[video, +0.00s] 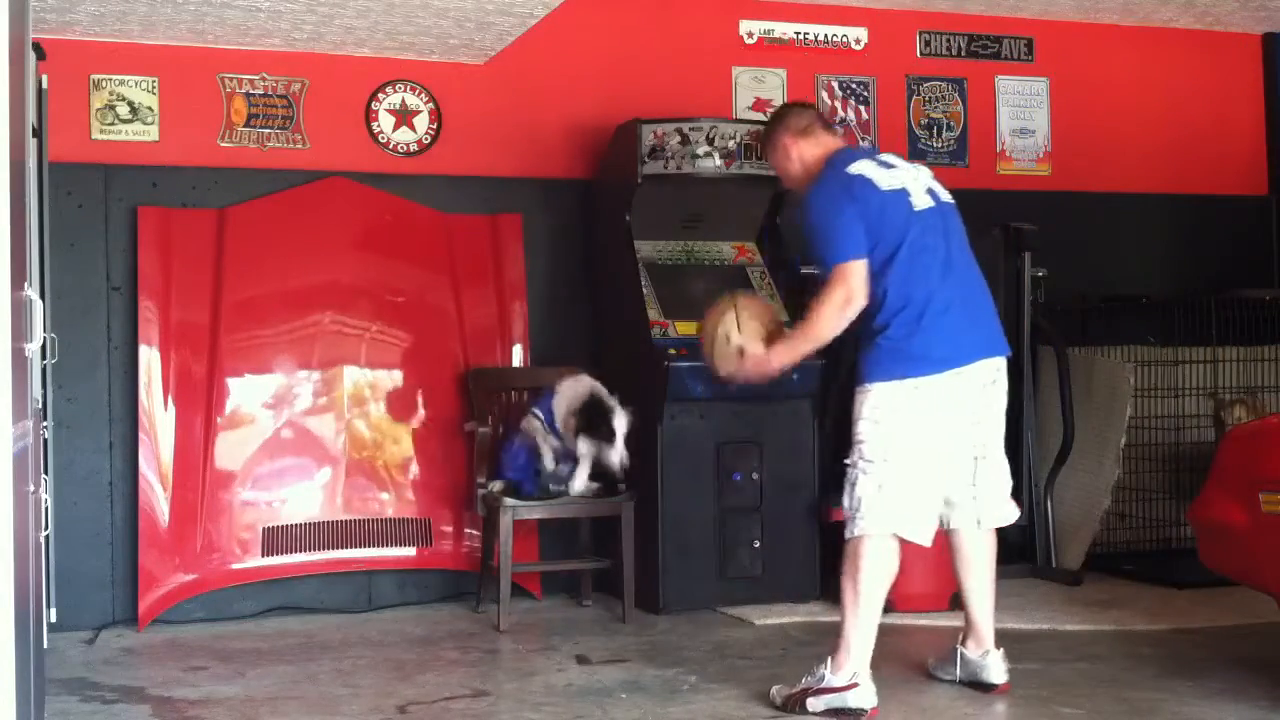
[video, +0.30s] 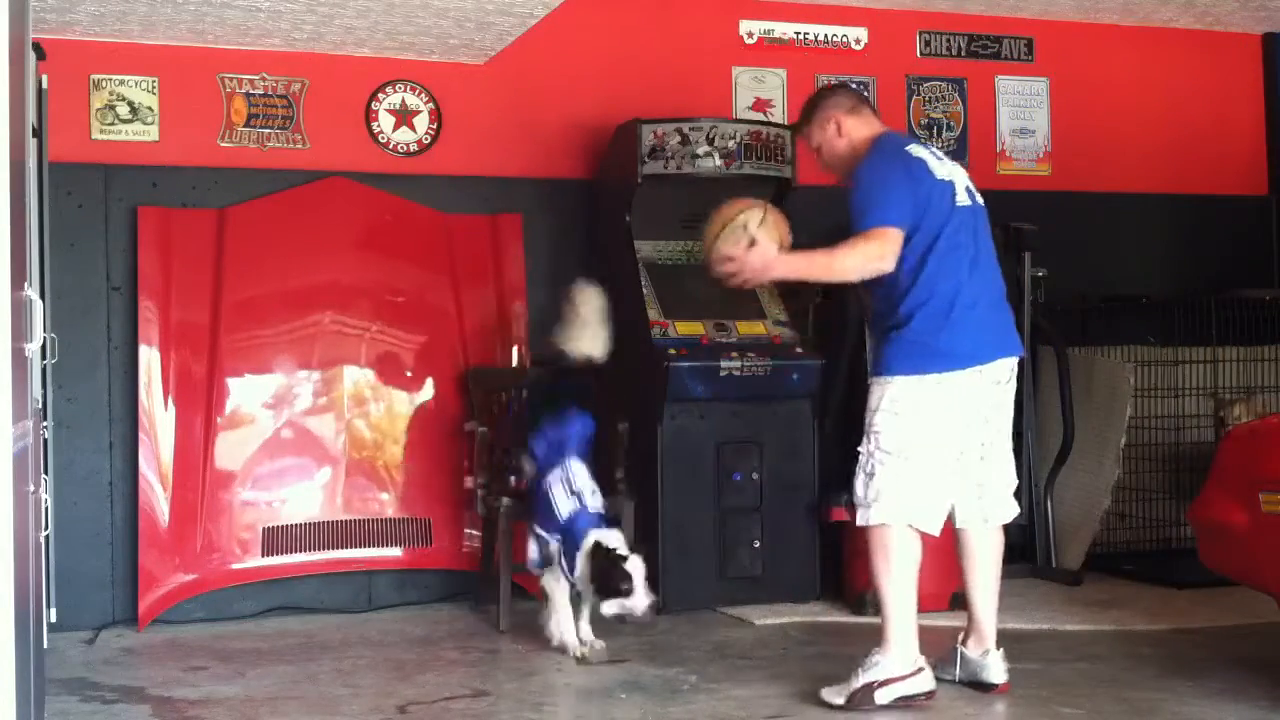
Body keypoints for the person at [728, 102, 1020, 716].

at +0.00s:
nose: (783, 181)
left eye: (778, 167)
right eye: (777, 170)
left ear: (795, 144)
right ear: (827, 134)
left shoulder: (830, 189)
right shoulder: (903, 166)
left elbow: (848, 294)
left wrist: (776, 356)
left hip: (907, 368)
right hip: (983, 356)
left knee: (873, 518)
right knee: (972, 508)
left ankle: (848, 671)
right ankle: (981, 650)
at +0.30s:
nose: (821, 165)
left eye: (816, 150)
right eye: (814, 154)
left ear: (838, 126)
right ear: (858, 119)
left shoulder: (884, 162)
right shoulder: (936, 159)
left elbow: (878, 253)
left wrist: (776, 263)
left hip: (923, 362)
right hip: (991, 354)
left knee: (887, 505)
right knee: (981, 505)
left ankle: (900, 656)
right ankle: (983, 650)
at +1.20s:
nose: (786, 184)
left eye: (781, 168)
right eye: (776, 176)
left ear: (807, 129)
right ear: (812, 128)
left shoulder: (857, 170)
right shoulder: (883, 156)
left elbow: (874, 266)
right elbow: (899, 278)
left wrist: (783, 330)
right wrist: (831, 302)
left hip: (915, 361)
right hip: (961, 350)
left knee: (889, 508)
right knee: (952, 500)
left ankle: (904, 663)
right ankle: (983, 641)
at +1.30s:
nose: (792, 179)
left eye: (787, 163)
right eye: (783, 171)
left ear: (813, 125)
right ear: (819, 124)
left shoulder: (862, 166)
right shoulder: (882, 153)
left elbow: (889, 256)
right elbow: (905, 257)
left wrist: (836, 351)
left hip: (918, 357)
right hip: (953, 350)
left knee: (895, 507)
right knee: (943, 498)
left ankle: (905, 663)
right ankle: (990, 630)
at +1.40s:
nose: (797, 177)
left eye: (794, 161)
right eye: (789, 169)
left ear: (820, 123)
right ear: (828, 121)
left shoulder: (870, 164)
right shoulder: (888, 153)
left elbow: (910, 250)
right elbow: (892, 262)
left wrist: (898, 362)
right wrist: (827, 297)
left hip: (924, 359)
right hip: (955, 355)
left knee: (900, 503)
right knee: (941, 496)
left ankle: (905, 663)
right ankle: (995, 621)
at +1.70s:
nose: (829, 191)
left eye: (827, 176)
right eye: (820, 184)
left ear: (856, 142)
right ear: (846, 152)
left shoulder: (926, 179)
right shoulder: (880, 204)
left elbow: (989, 258)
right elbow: (887, 299)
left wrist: (991, 364)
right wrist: (813, 308)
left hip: (962, 377)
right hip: (935, 376)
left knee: (927, 513)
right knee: (956, 511)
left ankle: (911, 665)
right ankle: (1008, 628)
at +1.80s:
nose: (840, 202)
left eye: (840, 186)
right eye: (831, 194)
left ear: (870, 154)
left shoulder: (944, 185)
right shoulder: (881, 223)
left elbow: (1002, 269)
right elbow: (881, 325)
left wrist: (986, 369)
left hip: (995, 375)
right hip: (942, 379)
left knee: (960, 511)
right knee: (963, 512)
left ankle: (930, 655)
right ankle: (1012, 634)